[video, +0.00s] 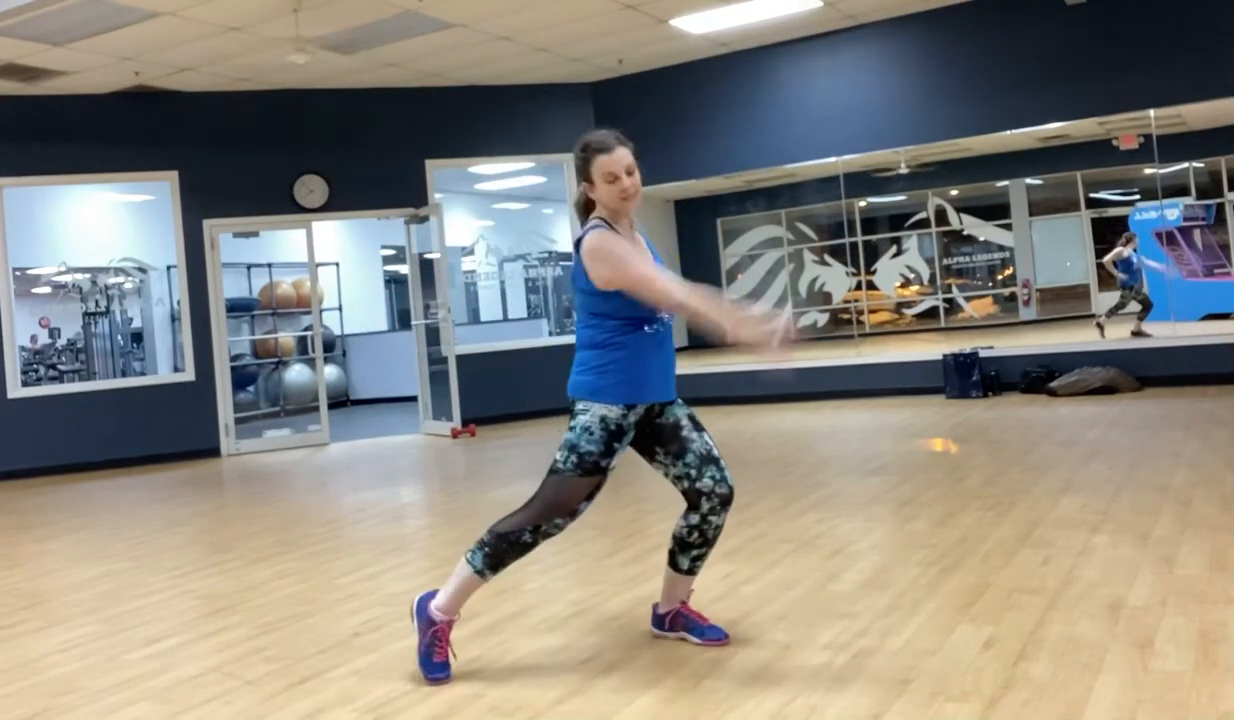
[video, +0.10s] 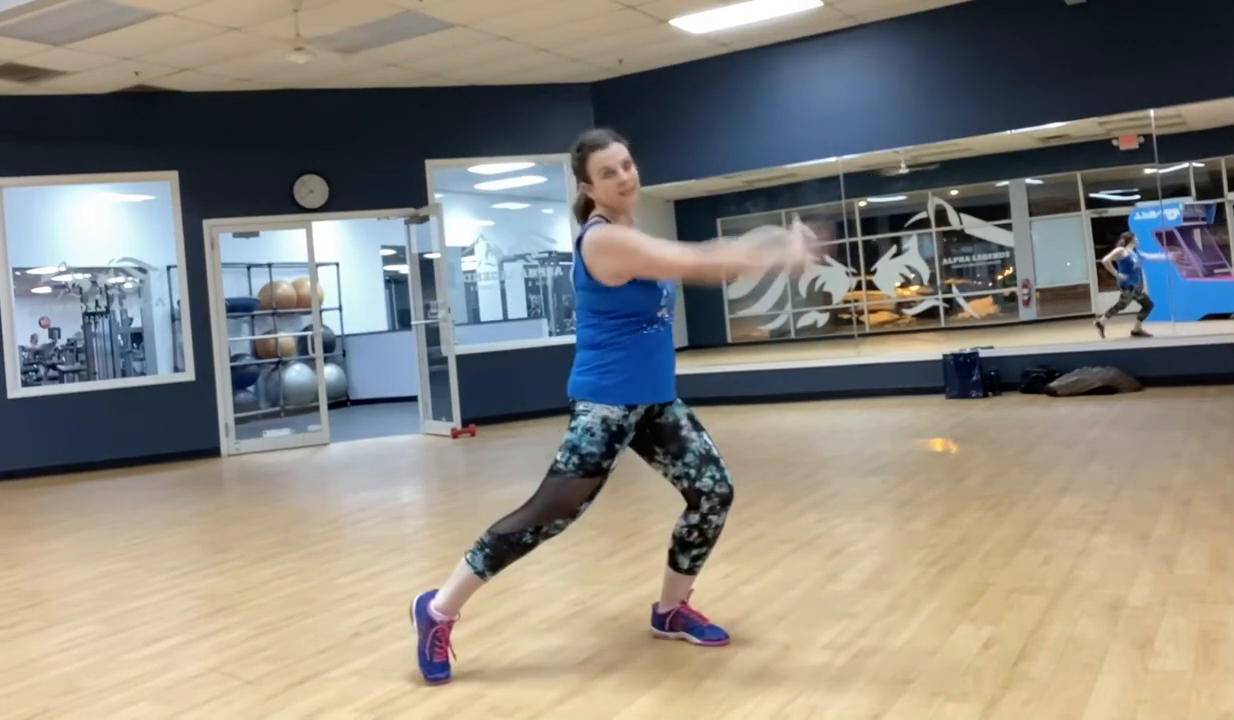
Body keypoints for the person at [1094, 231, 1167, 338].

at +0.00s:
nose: (1136, 243)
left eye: (1136, 240)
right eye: (1135, 240)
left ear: (1128, 241)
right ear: (1130, 241)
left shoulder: (1133, 254)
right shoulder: (1121, 250)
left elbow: (1147, 262)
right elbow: (1106, 261)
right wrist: (1117, 274)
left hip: (1135, 286)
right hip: (1127, 286)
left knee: (1148, 305)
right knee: (1121, 305)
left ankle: (1137, 328)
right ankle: (1101, 321)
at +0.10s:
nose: (1136, 242)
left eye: (1136, 240)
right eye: (1134, 240)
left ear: (1129, 241)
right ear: (1129, 241)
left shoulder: (1135, 253)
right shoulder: (1121, 250)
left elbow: (1150, 256)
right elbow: (1106, 260)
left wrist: (1168, 256)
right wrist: (1117, 275)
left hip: (1136, 287)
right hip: (1128, 286)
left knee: (1148, 305)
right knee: (1121, 305)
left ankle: (1137, 328)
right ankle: (1101, 321)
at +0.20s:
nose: (1135, 240)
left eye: (1135, 238)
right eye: (1133, 238)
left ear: (1127, 240)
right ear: (1129, 240)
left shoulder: (1134, 250)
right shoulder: (1121, 250)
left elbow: (1149, 249)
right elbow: (1105, 260)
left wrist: (1163, 241)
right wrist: (1117, 274)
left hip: (1135, 286)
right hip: (1127, 286)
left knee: (1148, 305)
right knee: (1120, 305)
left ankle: (1137, 328)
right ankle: (1101, 321)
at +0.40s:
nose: (1133, 240)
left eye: (1132, 238)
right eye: (1131, 238)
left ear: (1124, 240)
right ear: (1126, 240)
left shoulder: (1131, 249)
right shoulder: (1121, 250)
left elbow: (1139, 242)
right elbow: (1107, 260)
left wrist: (1145, 233)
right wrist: (1117, 274)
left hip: (1135, 285)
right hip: (1128, 285)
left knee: (1147, 305)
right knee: (1120, 305)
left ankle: (1137, 328)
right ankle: (1101, 321)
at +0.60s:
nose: (1130, 236)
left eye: (1129, 234)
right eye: (1127, 235)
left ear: (1122, 240)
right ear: (1123, 239)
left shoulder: (1129, 250)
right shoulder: (1122, 249)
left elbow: (1131, 234)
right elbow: (1109, 259)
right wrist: (1119, 273)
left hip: (1134, 285)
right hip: (1128, 284)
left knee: (1147, 305)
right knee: (1119, 305)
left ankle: (1137, 328)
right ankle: (1101, 321)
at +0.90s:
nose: (1126, 239)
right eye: (1124, 237)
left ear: (1117, 241)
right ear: (1121, 239)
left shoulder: (1125, 248)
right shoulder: (1122, 249)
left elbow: (1118, 233)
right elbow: (1112, 260)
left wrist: (1113, 218)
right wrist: (1121, 274)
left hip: (1133, 284)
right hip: (1129, 284)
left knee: (1148, 305)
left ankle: (1137, 328)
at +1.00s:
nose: (1124, 241)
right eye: (1123, 238)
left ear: (1117, 242)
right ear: (1122, 241)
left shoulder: (1124, 249)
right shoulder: (1122, 250)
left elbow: (1115, 233)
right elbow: (1113, 260)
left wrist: (1108, 222)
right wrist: (1120, 273)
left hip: (1133, 284)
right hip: (1129, 284)